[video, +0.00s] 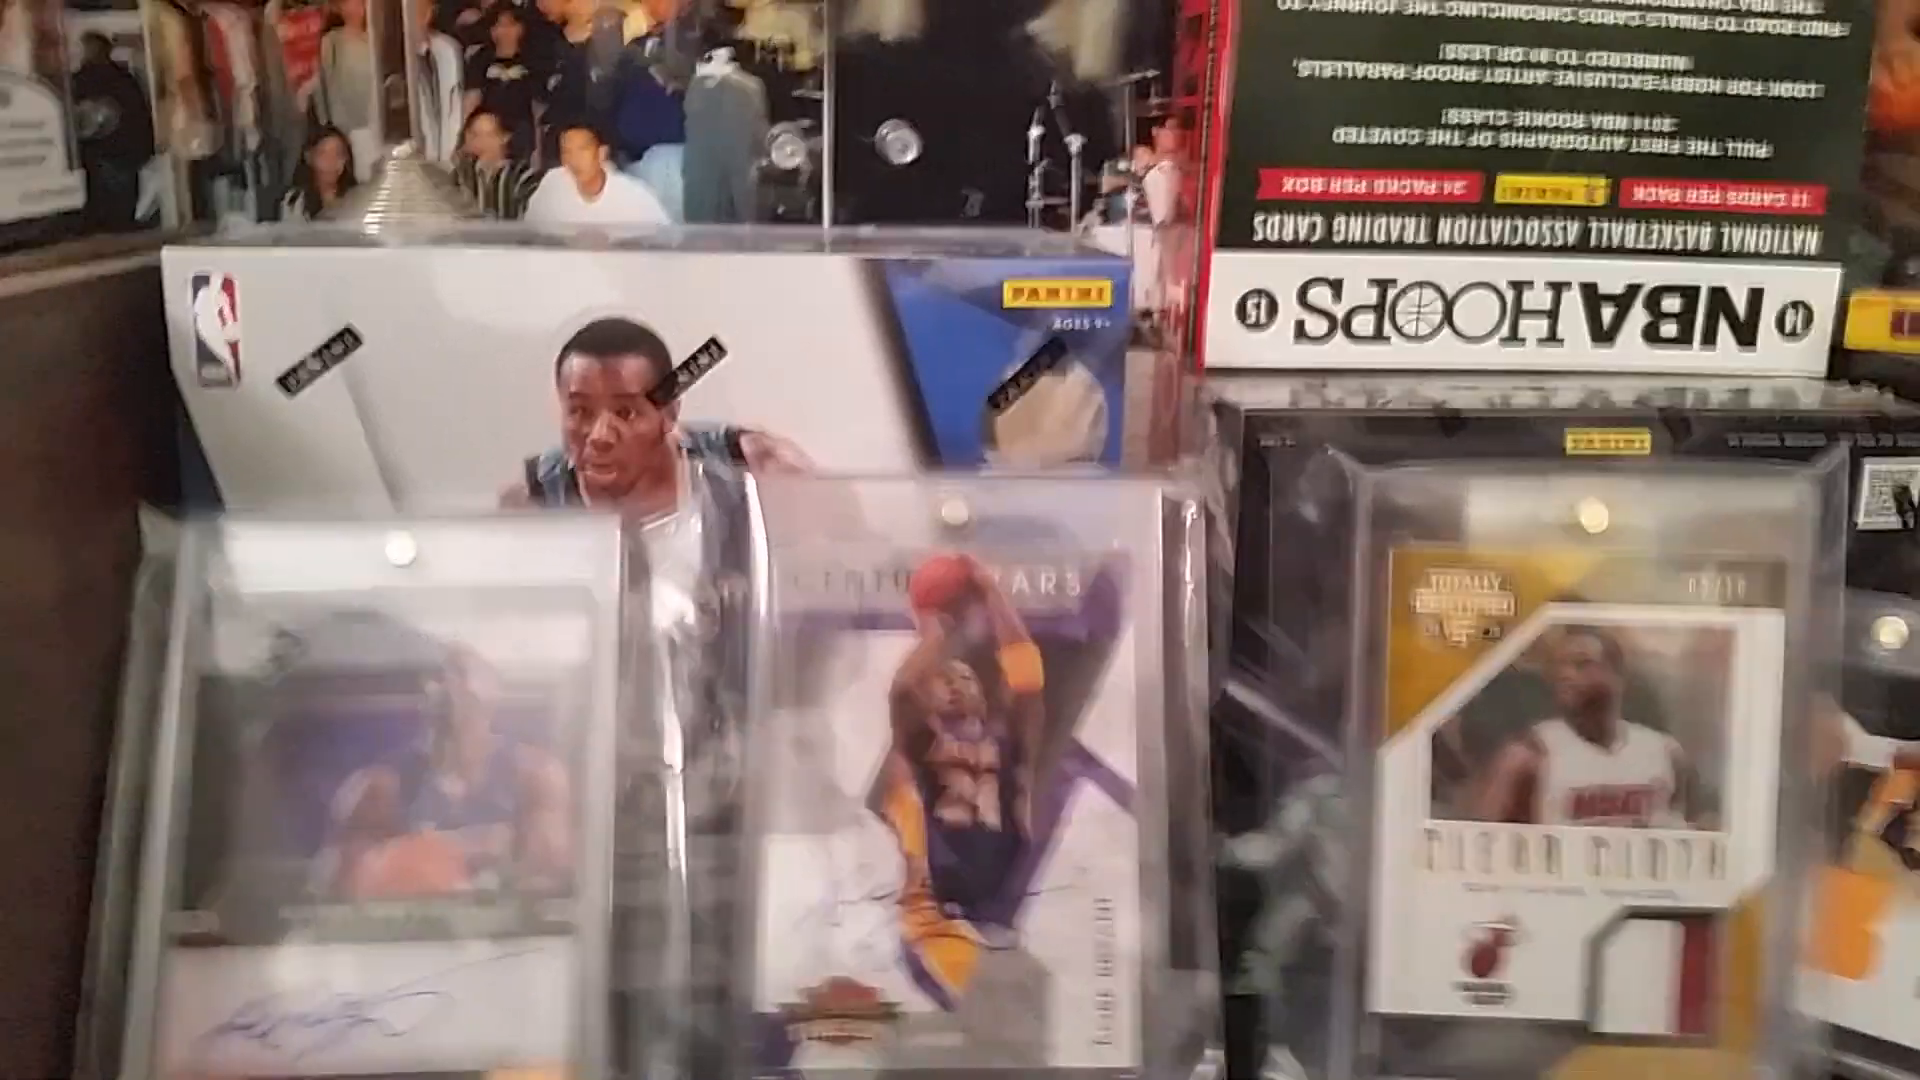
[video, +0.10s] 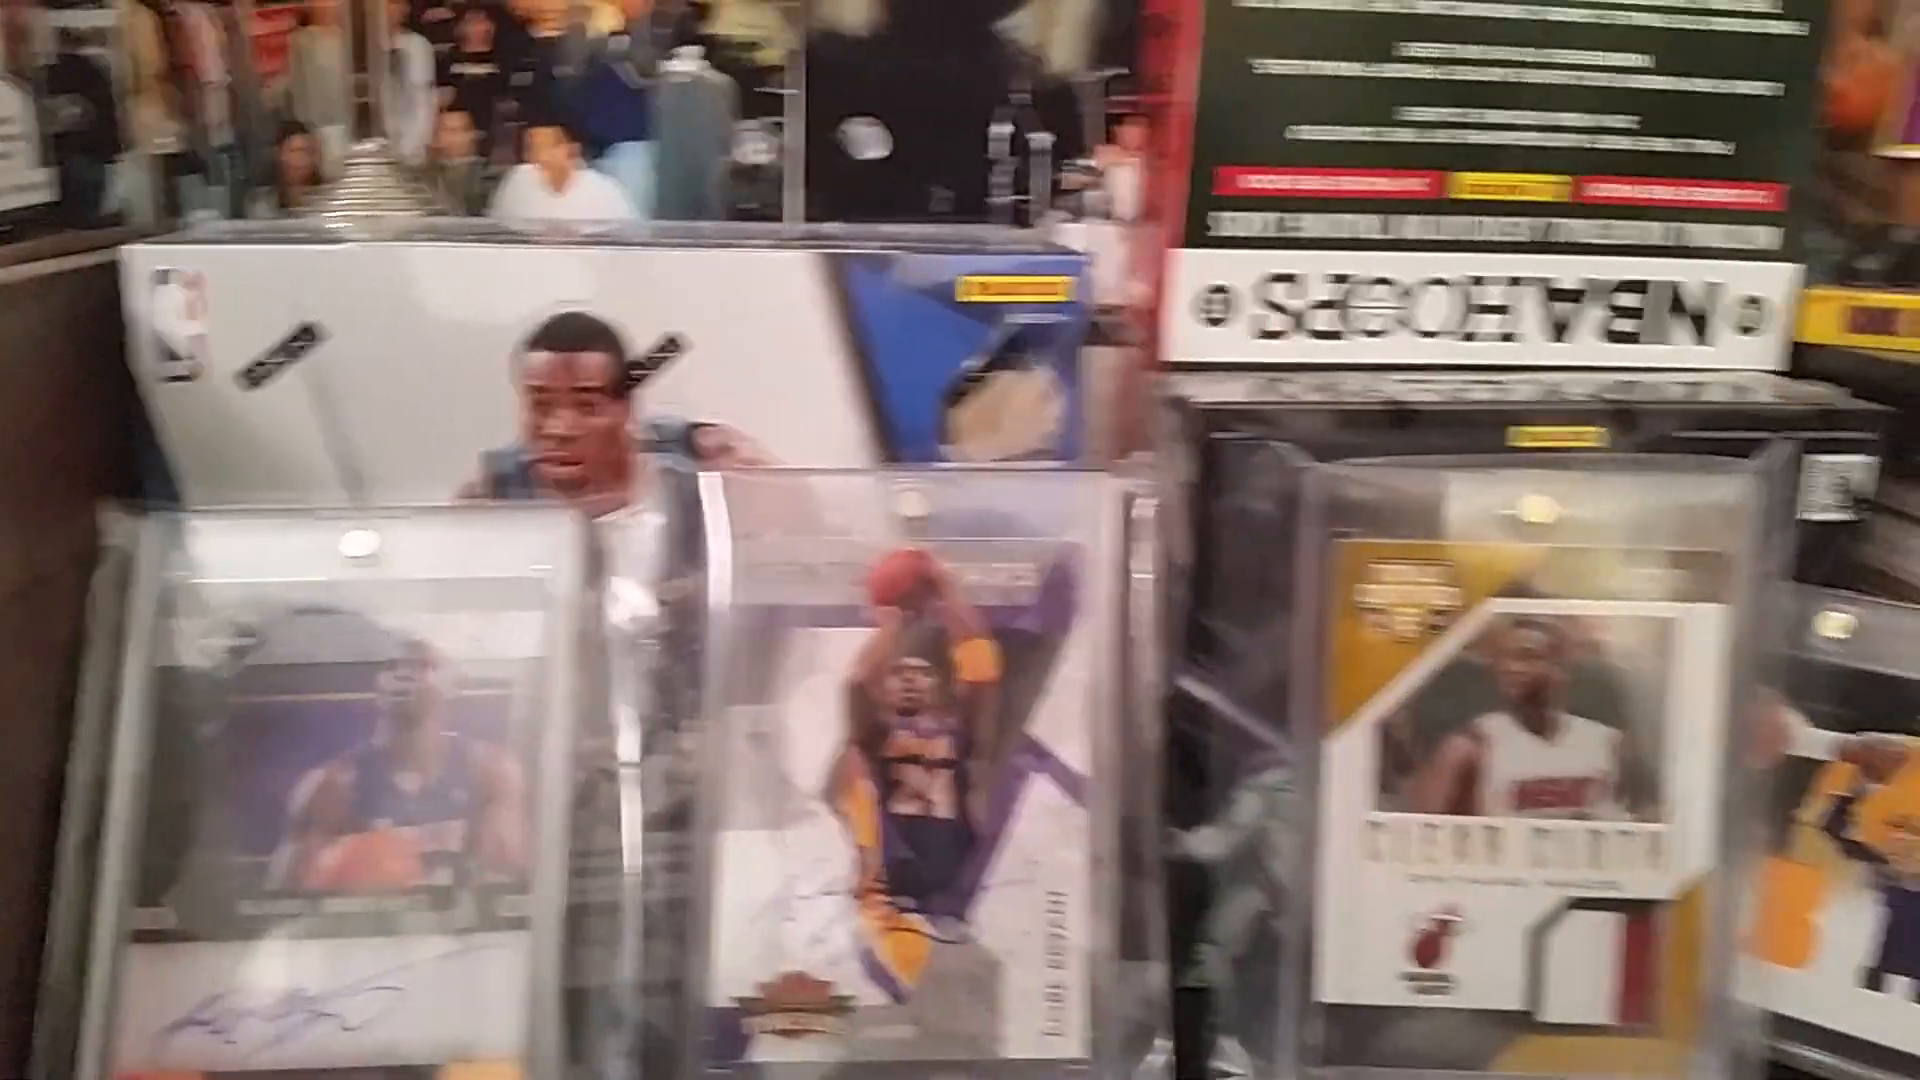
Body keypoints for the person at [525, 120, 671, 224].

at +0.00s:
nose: (573, 159)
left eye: (583, 149)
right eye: (567, 151)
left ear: (602, 153)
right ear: (561, 156)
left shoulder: (633, 193)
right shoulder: (553, 183)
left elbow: (669, 239)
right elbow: (528, 232)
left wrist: (614, 244)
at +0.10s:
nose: (538, 156)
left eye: (547, 147)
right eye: (534, 148)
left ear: (570, 150)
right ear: (529, 152)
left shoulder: (603, 189)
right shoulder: (519, 181)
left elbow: (634, 238)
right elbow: (495, 231)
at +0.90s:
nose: (453, 153)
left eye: (461, 143)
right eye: (445, 145)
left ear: (480, 145)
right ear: (440, 150)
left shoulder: (510, 183)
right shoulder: (432, 174)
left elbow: (547, 227)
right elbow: (408, 221)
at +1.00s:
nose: (459, 154)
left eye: (467, 144)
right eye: (451, 146)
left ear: (485, 146)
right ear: (446, 151)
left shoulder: (516, 185)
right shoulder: (438, 176)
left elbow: (553, 231)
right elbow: (414, 225)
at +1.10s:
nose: (461, 154)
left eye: (470, 144)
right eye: (453, 146)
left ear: (488, 146)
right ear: (448, 150)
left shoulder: (519, 184)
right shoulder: (441, 176)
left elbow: (556, 229)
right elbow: (418, 224)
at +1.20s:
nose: (472, 154)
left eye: (481, 143)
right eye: (465, 146)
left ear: (499, 146)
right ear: (459, 151)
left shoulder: (529, 184)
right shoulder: (451, 176)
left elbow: (566, 228)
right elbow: (428, 224)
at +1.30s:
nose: (479, 154)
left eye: (488, 144)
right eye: (471, 146)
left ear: (506, 146)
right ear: (466, 150)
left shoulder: (536, 184)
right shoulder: (458, 176)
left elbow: (573, 229)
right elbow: (434, 223)